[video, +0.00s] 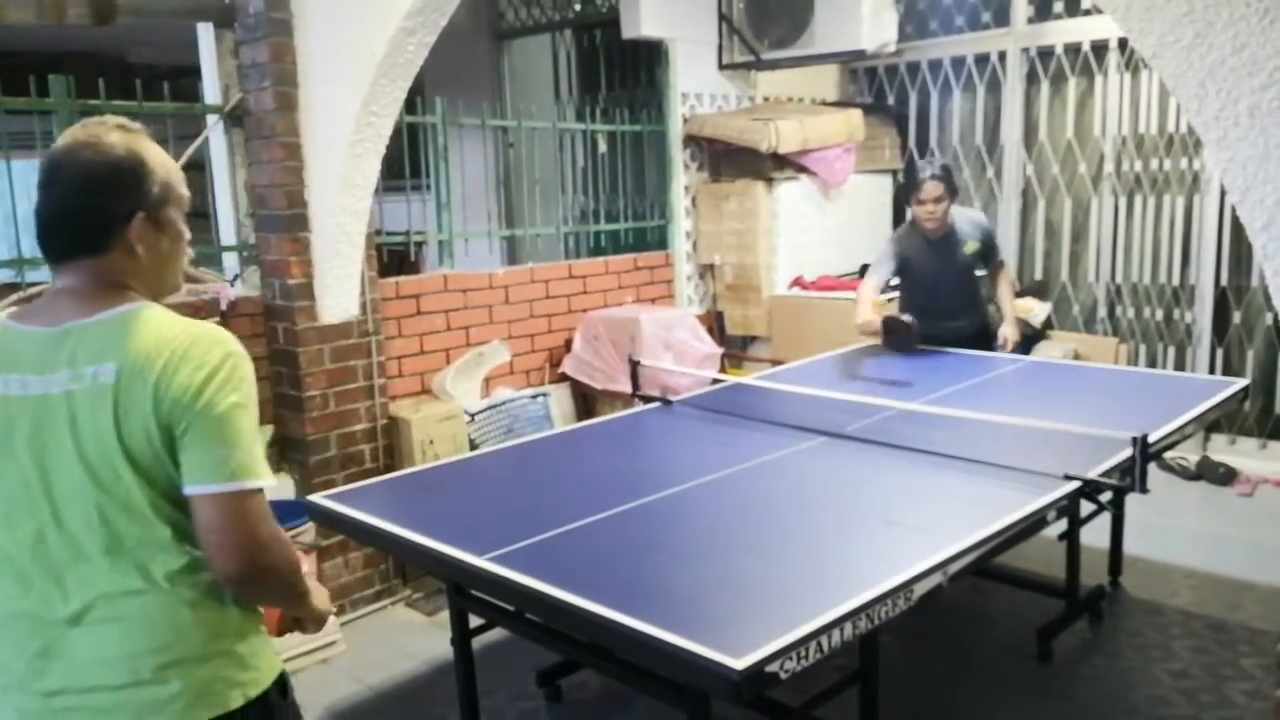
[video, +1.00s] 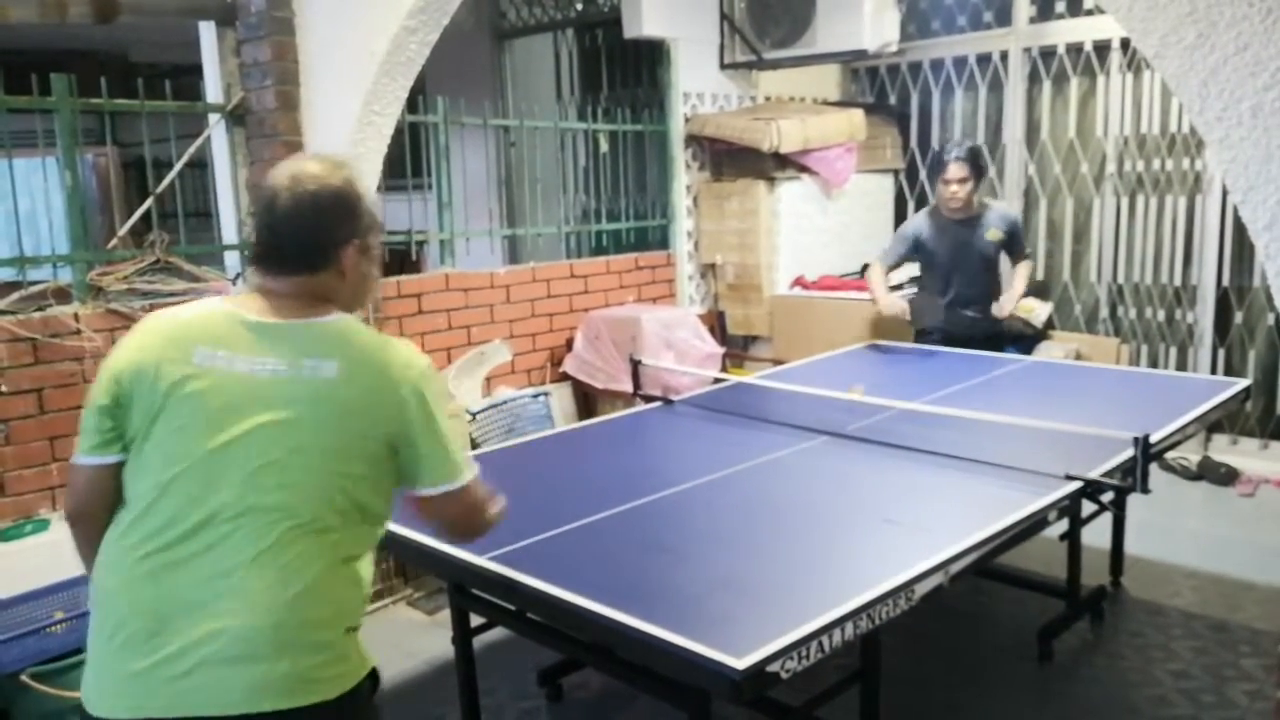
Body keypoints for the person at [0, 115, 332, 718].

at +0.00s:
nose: (190, 235)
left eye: (188, 217)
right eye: (182, 217)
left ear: (56, 228)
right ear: (138, 232)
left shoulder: (8, 337)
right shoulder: (194, 351)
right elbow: (240, 554)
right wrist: (303, 597)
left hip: (28, 690)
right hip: (188, 689)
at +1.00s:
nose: (379, 269)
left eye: (381, 252)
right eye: (377, 252)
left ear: (260, 249)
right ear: (349, 257)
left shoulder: (152, 341)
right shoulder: (390, 366)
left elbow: (85, 507)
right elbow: (460, 516)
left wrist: (129, 599)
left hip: (131, 688)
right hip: (297, 687)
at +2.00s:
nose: (378, 243)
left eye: (380, 227)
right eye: (379, 227)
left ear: (269, 222)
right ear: (366, 231)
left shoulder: (175, 319)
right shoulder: (397, 340)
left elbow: (125, 463)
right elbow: (452, 518)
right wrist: (436, 583)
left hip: (181, 666)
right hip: (335, 660)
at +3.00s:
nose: (183, 241)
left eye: (182, 220)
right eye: (179, 219)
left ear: (59, 234)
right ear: (147, 211)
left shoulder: (16, 336)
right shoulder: (182, 330)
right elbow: (243, 523)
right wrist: (348, 656)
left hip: (85, 674)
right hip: (218, 676)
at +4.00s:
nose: (202, 230)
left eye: (203, 212)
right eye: (201, 212)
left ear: (75, 219)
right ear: (175, 219)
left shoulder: (15, 340)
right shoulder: (201, 356)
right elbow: (256, 551)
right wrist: (359, 678)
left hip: (56, 682)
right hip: (198, 686)